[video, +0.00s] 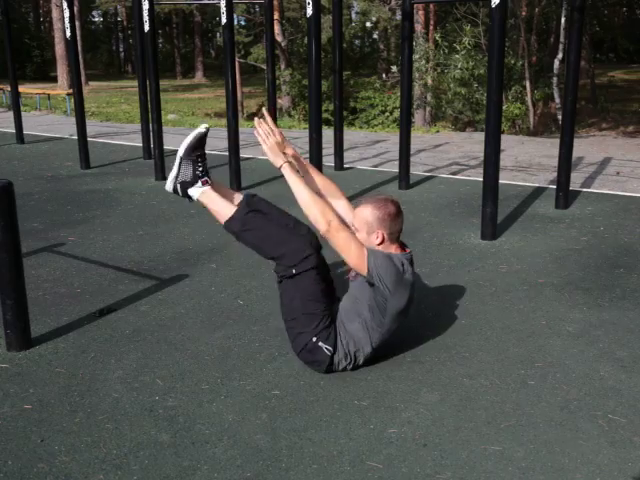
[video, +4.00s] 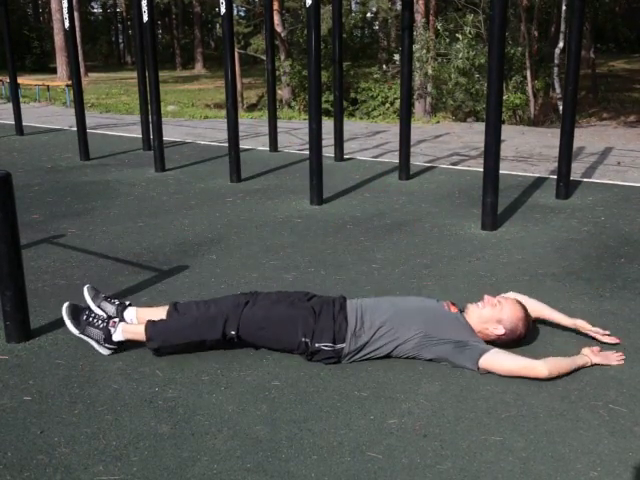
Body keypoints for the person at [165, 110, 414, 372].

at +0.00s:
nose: (352, 234)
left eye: (357, 228)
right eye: (353, 226)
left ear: (378, 237)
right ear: (383, 235)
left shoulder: (388, 271)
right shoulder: (392, 254)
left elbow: (328, 226)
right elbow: (338, 202)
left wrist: (283, 164)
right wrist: (295, 159)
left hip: (325, 348)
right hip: (334, 328)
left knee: (300, 250)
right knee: (303, 239)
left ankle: (196, 188)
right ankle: (204, 184)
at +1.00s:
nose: (475, 294)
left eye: (484, 301)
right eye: (482, 295)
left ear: (482, 327)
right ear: (471, 306)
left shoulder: (443, 347)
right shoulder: (440, 318)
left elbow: (513, 350)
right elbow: (509, 292)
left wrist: (569, 337)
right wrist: (565, 312)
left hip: (317, 338)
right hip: (320, 316)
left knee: (222, 321)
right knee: (225, 310)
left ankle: (120, 337)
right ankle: (126, 324)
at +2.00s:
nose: (437, 251)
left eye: (445, 249)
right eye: (440, 246)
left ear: (452, 269)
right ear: (447, 263)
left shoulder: (438, 315)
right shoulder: (432, 288)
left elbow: (434, 271)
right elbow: (422, 227)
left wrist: (454, 205)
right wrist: (437, 180)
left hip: (324, 337)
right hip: (330, 314)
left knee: (240, 268)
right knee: (246, 258)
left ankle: (123, 262)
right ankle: (139, 247)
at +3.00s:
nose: (435, 252)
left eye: (445, 252)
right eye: (442, 248)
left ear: (458, 274)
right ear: (456, 271)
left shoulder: (434, 308)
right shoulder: (436, 293)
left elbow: (405, 247)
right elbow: (409, 242)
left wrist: (410, 173)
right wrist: (413, 168)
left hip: (322, 334)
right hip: (327, 309)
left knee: (252, 254)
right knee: (257, 249)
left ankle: (138, 243)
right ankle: (150, 241)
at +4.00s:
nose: (496, 298)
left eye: (505, 305)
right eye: (504, 300)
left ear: (499, 327)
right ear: (494, 308)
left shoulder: (459, 340)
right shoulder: (454, 314)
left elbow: (526, 368)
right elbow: (526, 305)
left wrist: (581, 356)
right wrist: (585, 330)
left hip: (329, 329)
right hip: (329, 307)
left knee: (229, 317)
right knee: (229, 304)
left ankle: (117, 333)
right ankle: (125, 316)